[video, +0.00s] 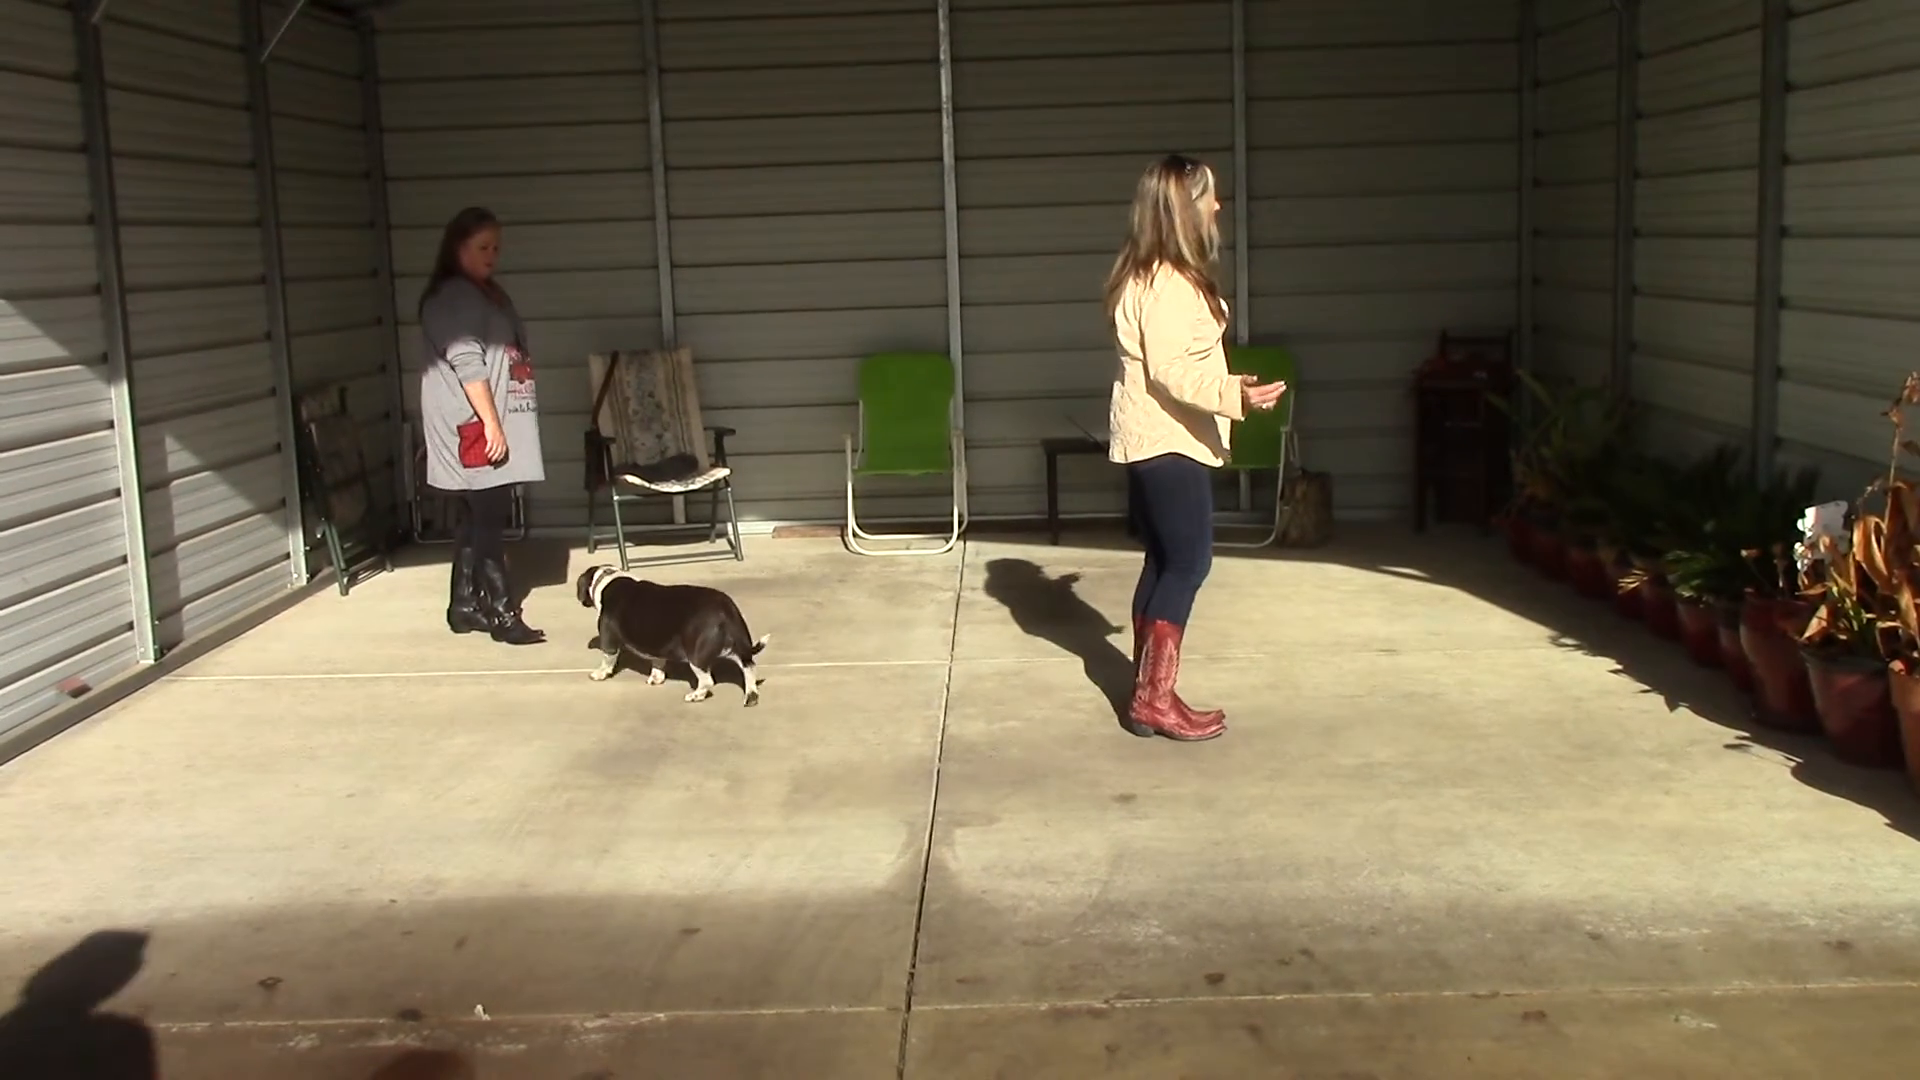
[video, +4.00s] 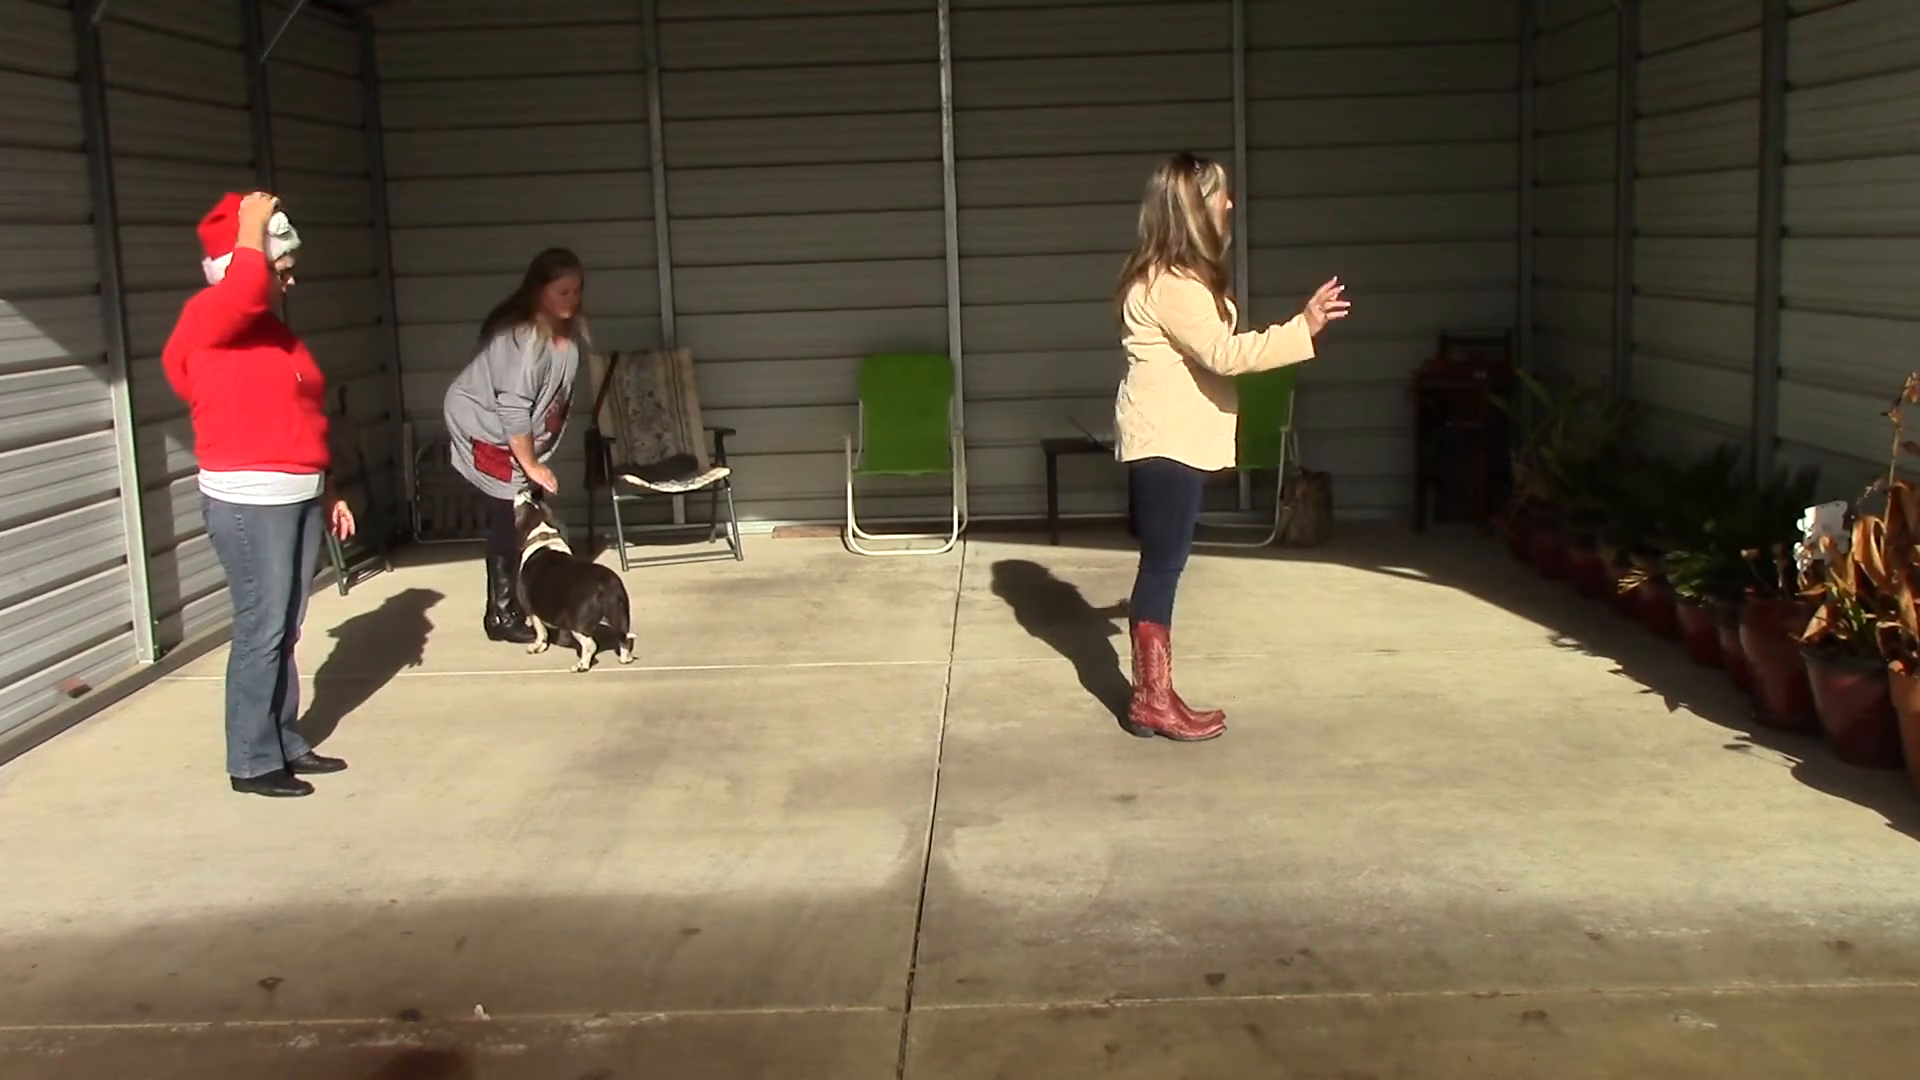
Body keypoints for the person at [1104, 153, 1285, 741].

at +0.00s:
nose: (1219, 210)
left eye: (1216, 200)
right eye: (1211, 201)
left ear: (1164, 209)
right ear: (1186, 210)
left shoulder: (1148, 276)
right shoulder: (1167, 282)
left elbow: (1172, 366)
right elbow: (1174, 371)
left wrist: (1230, 384)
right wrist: (1236, 396)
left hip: (1150, 442)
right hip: (1171, 443)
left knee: (1164, 559)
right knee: (1188, 562)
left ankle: (1149, 691)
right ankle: (1156, 698)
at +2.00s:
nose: (1208, 207)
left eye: (1207, 196)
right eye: (1197, 197)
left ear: (1174, 208)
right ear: (1166, 206)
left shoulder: (1165, 275)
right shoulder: (1156, 279)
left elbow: (1168, 380)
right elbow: (1163, 383)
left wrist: (1200, 455)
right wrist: (1193, 462)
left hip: (1161, 444)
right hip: (1158, 446)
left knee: (1164, 558)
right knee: (1173, 558)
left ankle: (1154, 693)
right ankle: (1153, 696)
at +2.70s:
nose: (1174, 245)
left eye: (1184, 234)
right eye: (1164, 233)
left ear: (1197, 231)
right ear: (1142, 227)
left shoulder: (1192, 283)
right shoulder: (1125, 287)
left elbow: (1210, 366)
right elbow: (1101, 380)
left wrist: (1223, 427)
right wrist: (1099, 465)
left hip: (1183, 448)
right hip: (1146, 448)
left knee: (1165, 561)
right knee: (1163, 561)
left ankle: (1154, 695)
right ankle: (1151, 698)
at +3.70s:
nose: (1240, 210)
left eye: (1237, 199)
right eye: (1230, 201)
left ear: (1210, 211)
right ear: (1198, 213)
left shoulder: (1208, 283)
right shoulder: (1158, 291)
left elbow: (1206, 379)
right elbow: (1138, 385)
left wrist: (1219, 450)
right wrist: (1163, 464)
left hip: (1187, 453)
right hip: (1156, 455)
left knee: (1170, 562)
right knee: (1158, 563)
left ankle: (1158, 694)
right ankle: (1148, 698)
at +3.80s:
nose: (1239, 207)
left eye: (1235, 197)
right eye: (1229, 198)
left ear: (1205, 208)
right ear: (1200, 210)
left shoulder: (1202, 284)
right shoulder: (1162, 289)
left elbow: (1199, 378)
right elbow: (1156, 384)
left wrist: (1225, 436)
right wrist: (1206, 447)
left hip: (1181, 450)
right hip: (1154, 449)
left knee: (1169, 562)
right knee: (1159, 563)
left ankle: (1158, 694)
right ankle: (1149, 699)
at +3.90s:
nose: (1234, 205)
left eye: (1231, 195)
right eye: (1225, 196)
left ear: (1189, 208)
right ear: (1197, 208)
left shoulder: (1189, 281)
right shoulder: (1169, 286)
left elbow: (1205, 366)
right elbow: (1189, 372)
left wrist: (1272, 383)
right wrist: (1273, 388)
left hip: (1175, 443)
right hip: (1162, 445)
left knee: (1165, 562)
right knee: (1161, 563)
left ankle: (1156, 693)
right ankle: (1152, 697)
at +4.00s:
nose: (1232, 209)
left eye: (1229, 198)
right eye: (1222, 199)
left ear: (1184, 208)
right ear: (1192, 207)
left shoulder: (1181, 276)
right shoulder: (1169, 283)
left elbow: (1225, 348)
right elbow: (1225, 354)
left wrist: (1301, 324)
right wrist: (1305, 327)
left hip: (1174, 442)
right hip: (1164, 443)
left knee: (1164, 564)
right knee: (1162, 564)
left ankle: (1156, 695)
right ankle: (1150, 699)